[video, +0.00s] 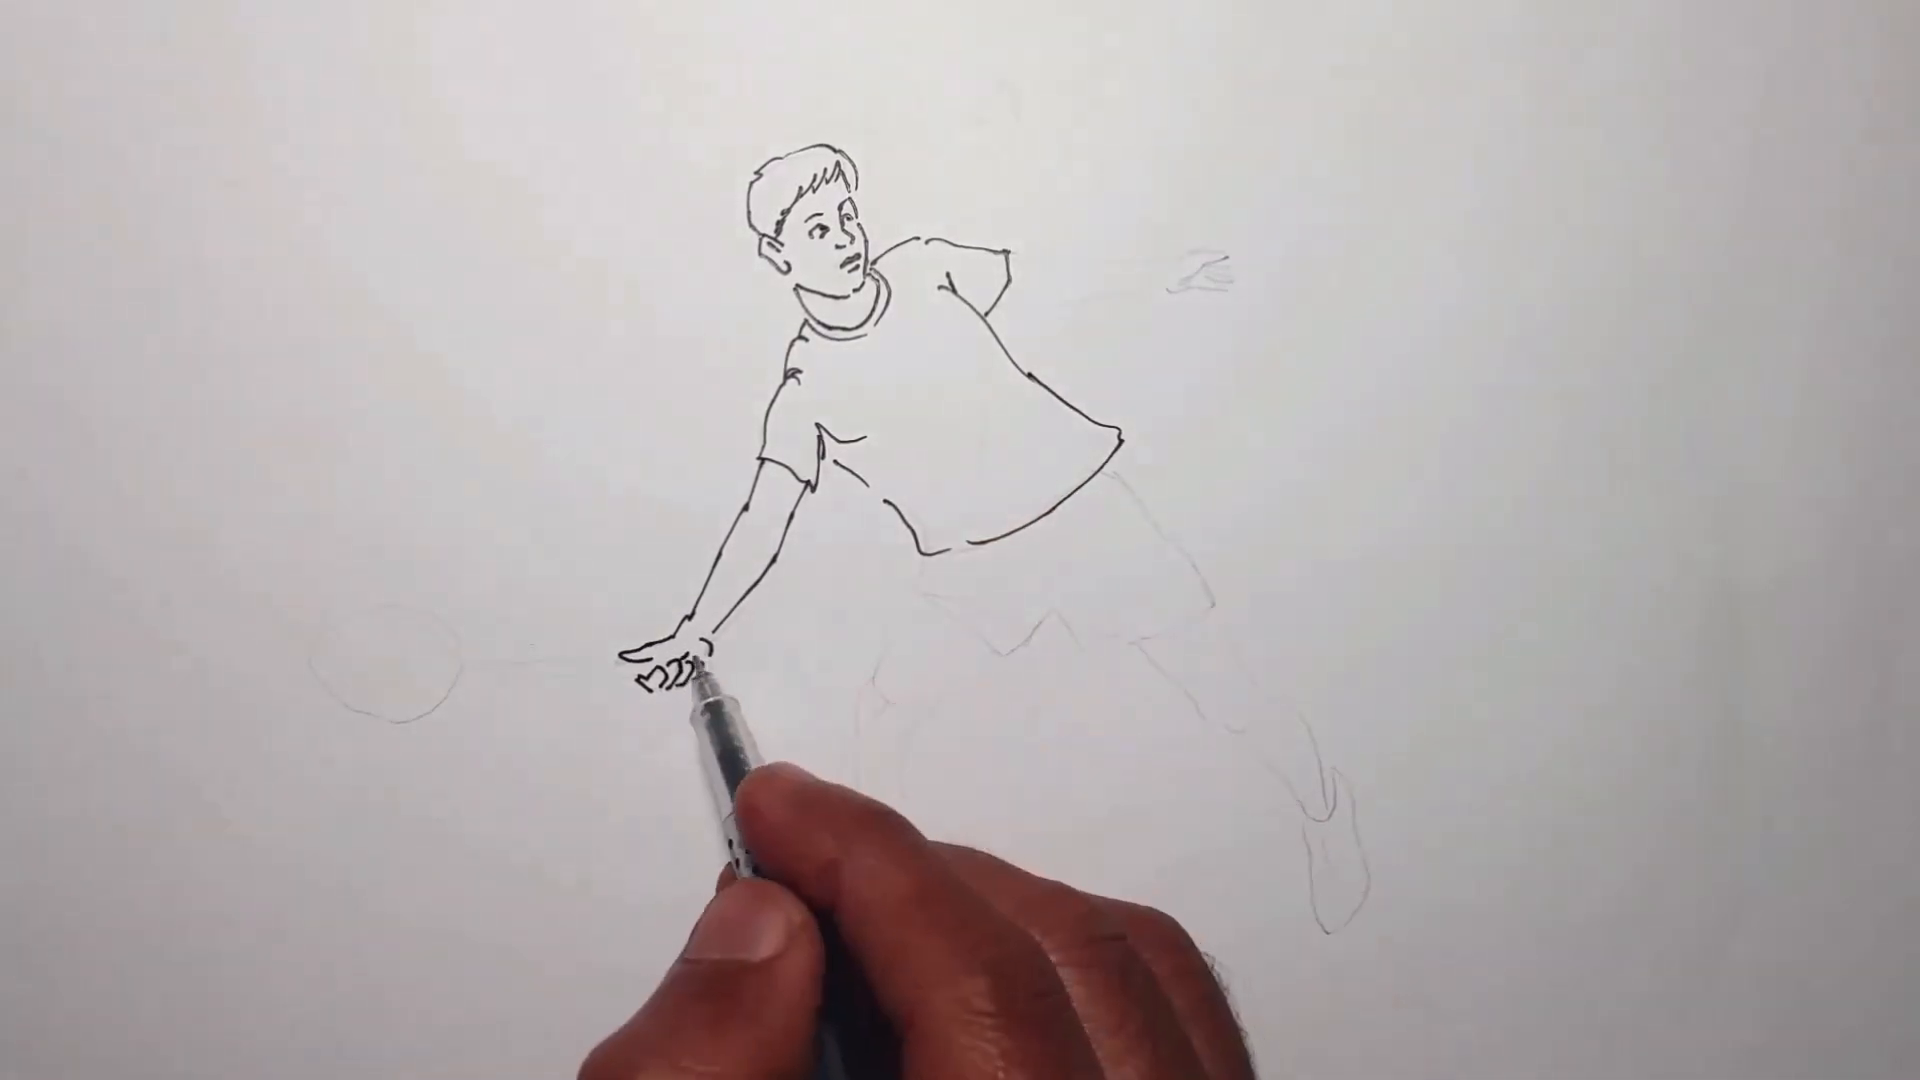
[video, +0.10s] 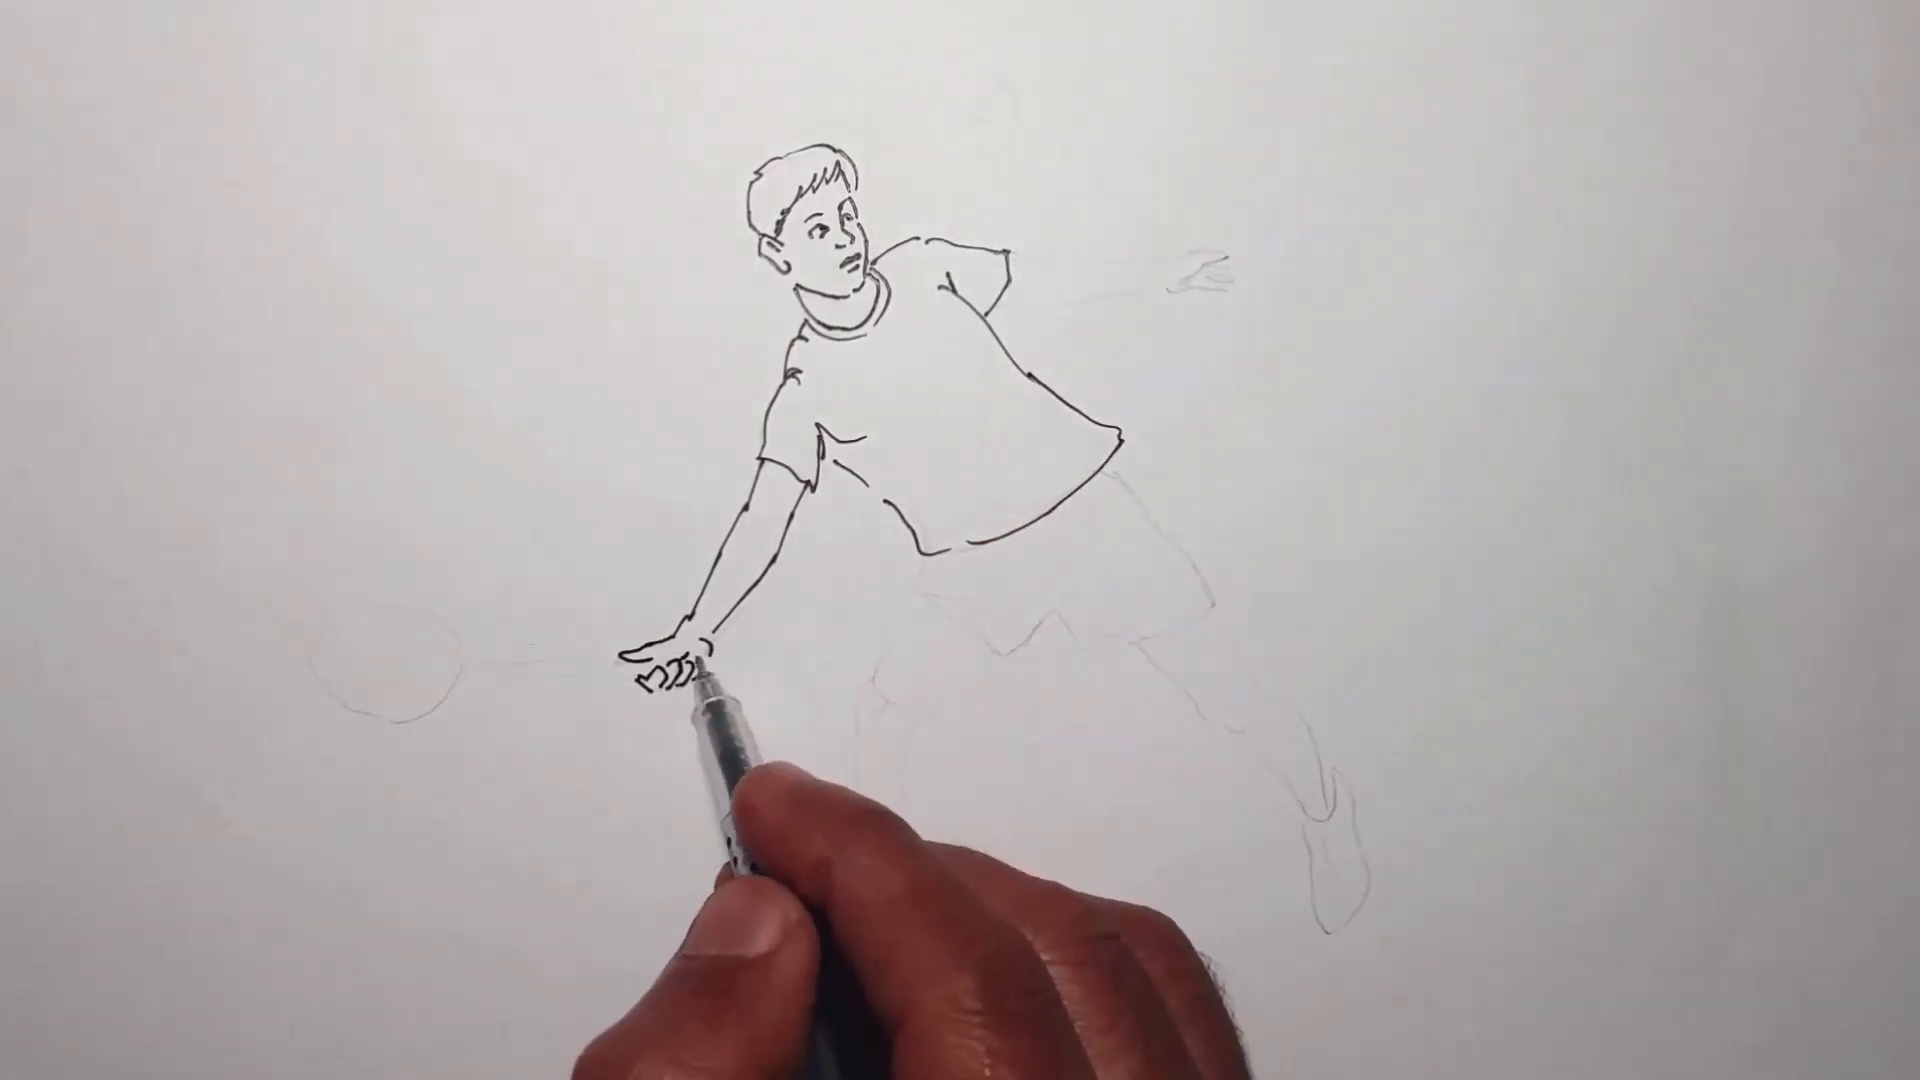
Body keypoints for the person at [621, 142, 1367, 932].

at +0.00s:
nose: (833, 242)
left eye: (838, 214)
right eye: (804, 233)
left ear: (861, 210)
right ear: (775, 259)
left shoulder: (937, 275)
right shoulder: (805, 392)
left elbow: (1032, 266)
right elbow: (760, 526)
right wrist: (692, 631)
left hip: (1095, 521)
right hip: (962, 586)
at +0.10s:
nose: (835, 243)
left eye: (839, 214)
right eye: (804, 233)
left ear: (862, 209)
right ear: (774, 260)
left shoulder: (939, 276)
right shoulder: (803, 393)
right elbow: (759, 527)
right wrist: (692, 631)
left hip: (1092, 518)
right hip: (961, 585)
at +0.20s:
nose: (837, 241)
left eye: (841, 213)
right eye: (807, 232)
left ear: (862, 209)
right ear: (775, 259)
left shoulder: (939, 275)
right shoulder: (804, 392)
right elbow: (762, 524)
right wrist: (699, 627)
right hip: (966, 588)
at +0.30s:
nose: (835, 242)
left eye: (839, 214)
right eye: (806, 232)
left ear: (862, 211)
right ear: (776, 259)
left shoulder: (940, 276)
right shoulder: (806, 391)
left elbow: (1058, 273)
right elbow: (762, 524)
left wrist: (1177, 282)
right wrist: (699, 627)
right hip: (959, 589)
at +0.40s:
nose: (835, 241)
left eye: (839, 215)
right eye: (807, 232)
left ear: (862, 211)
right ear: (776, 258)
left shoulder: (938, 273)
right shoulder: (805, 392)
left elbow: (1063, 272)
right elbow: (761, 523)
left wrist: (1183, 281)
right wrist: (698, 628)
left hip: (1095, 519)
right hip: (965, 587)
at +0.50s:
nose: (833, 243)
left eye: (837, 215)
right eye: (805, 233)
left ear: (861, 211)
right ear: (775, 259)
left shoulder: (937, 272)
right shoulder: (805, 392)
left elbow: (1066, 274)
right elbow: (762, 522)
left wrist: (1179, 282)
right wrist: (700, 627)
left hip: (1094, 516)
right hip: (967, 585)